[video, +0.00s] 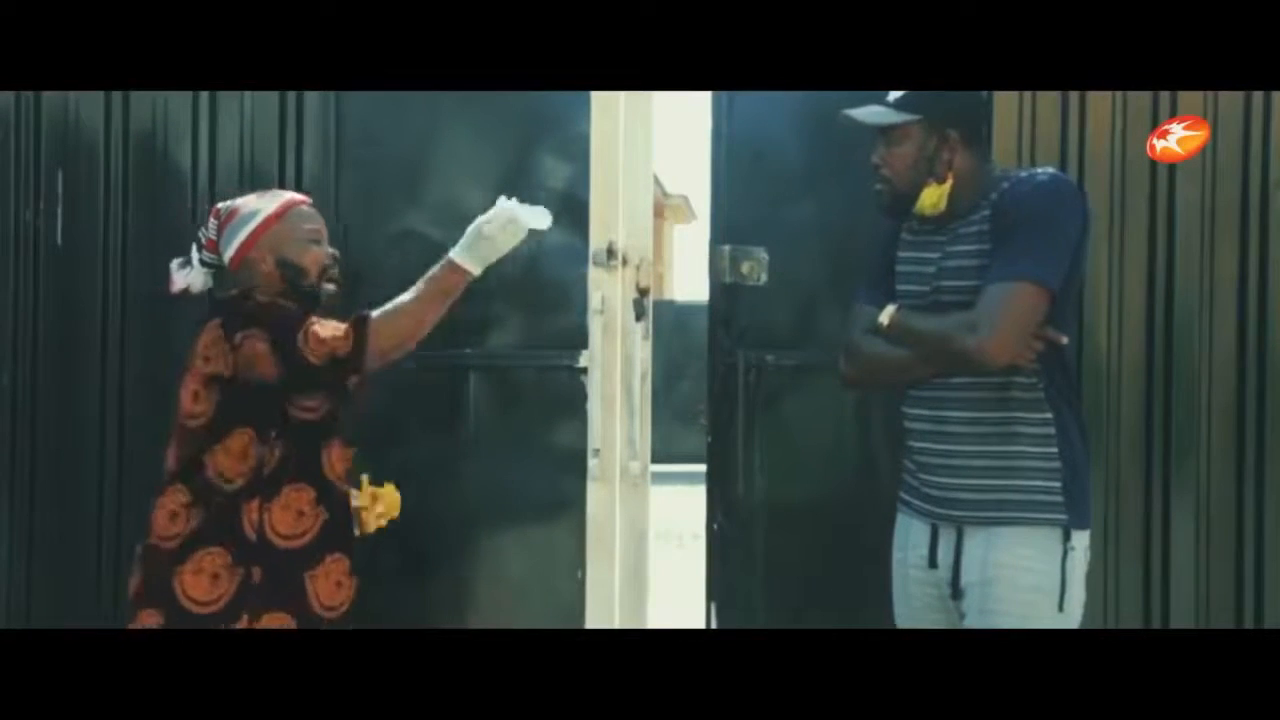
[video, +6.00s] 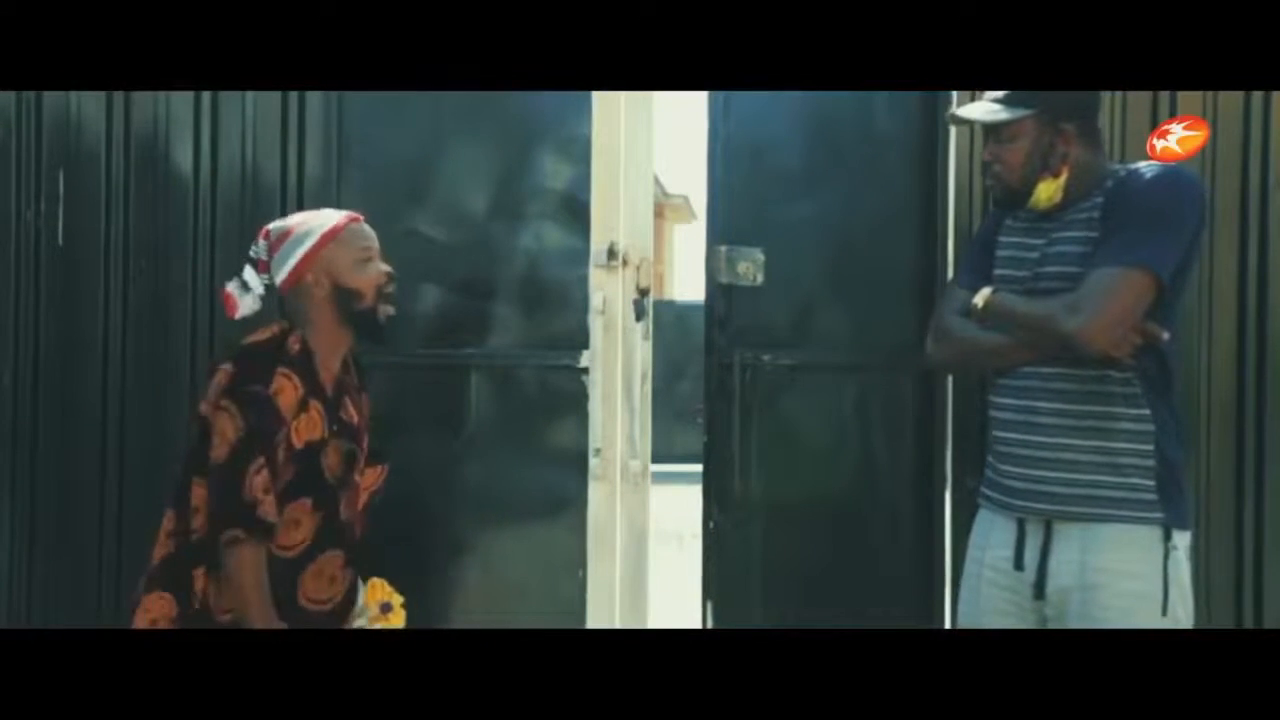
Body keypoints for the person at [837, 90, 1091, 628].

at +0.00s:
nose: (875, 159)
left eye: (892, 142)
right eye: (877, 142)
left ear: (948, 145)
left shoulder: (1042, 197)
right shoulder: (902, 224)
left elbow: (994, 343)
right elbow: (855, 362)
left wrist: (890, 319)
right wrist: (979, 338)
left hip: (1025, 522)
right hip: (922, 513)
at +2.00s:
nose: (878, 161)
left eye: (896, 143)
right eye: (880, 143)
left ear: (954, 146)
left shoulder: (1048, 198)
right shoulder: (903, 223)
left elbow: (995, 345)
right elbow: (855, 362)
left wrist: (894, 318)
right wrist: (984, 343)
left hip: (1026, 523)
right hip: (922, 513)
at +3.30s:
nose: (941, 159)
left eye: (959, 142)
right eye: (943, 143)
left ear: (1016, 149)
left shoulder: (1097, 210)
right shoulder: (969, 230)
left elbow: (1012, 343)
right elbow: (891, 341)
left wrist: (925, 304)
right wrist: (1001, 342)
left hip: (1038, 536)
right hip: (933, 518)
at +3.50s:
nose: (989, 155)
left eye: (1007, 137)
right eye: (990, 137)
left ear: (1064, 144)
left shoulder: (1152, 206)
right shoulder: (998, 226)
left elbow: (1079, 339)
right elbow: (928, 340)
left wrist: (974, 302)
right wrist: (1052, 335)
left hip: (1088, 533)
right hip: (973, 519)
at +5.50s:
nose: (991, 154)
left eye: (1008, 138)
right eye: (990, 138)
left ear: (1067, 138)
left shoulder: (1163, 190)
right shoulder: (1005, 216)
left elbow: (1095, 329)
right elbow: (941, 342)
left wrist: (984, 300)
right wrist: (1071, 329)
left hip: (1120, 527)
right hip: (1002, 515)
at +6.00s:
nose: (987, 156)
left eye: (1004, 139)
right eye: (986, 139)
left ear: (1063, 140)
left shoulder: (1160, 189)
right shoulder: (1005, 215)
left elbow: (1093, 328)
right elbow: (941, 343)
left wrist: (983, 300)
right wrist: (1071, 331)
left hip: (1121, 528)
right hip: (1003, 516)